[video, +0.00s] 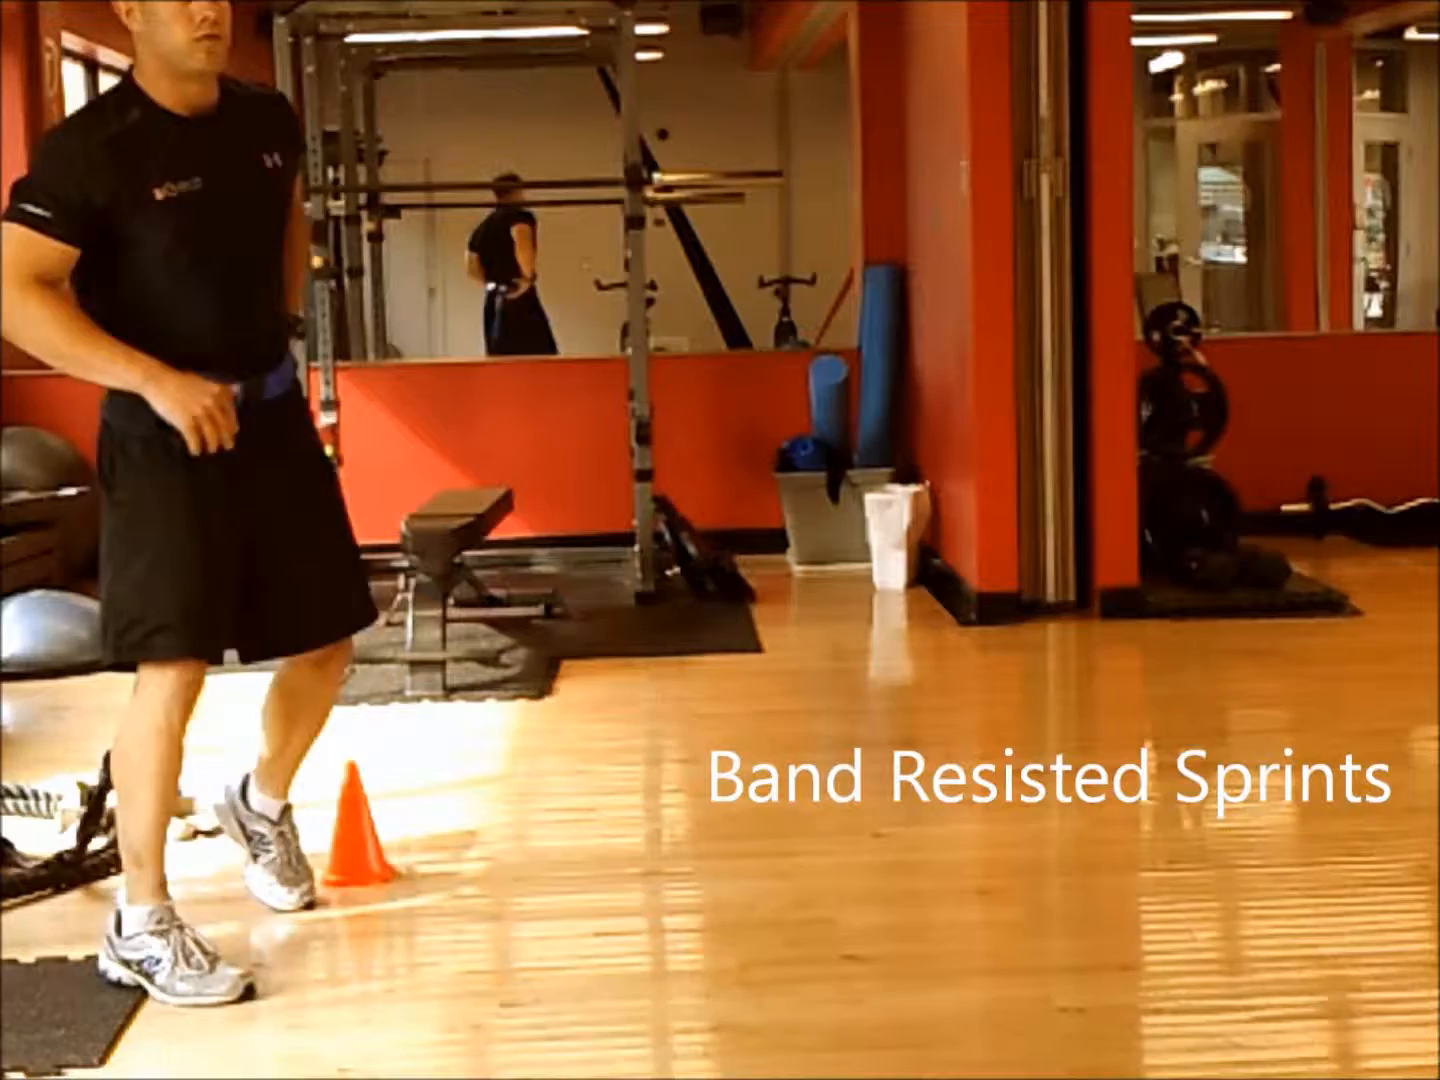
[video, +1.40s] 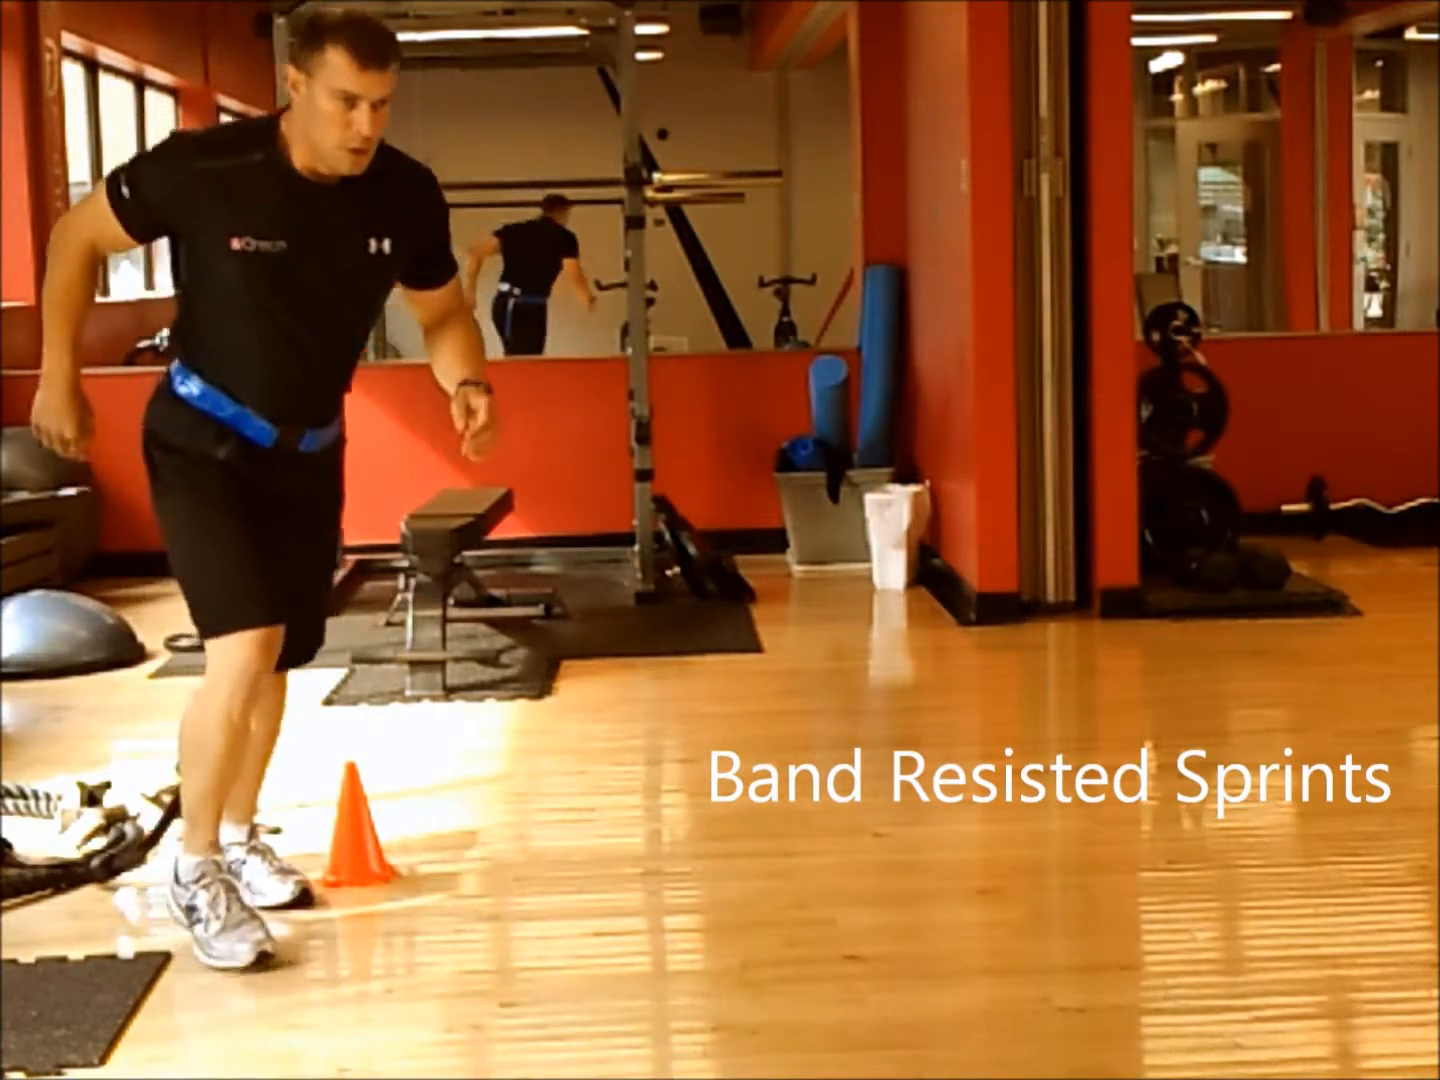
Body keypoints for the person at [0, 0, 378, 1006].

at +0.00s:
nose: (214, 13)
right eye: (189, 1)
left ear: (229, 14)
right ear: (133, 17)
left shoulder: (268, 121)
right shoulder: (82, 147)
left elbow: (292, 243)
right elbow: (23, 301)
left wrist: (280, 342)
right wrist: (156, 379)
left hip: (272, 415)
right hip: (160, 431)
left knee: (327, 634)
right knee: (173, 664)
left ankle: (263, 799)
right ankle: (142, 916)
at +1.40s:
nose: (368, 125)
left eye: (381, 104)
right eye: (348, 103)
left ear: (391, 99)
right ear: (294, 86)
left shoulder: (405, 194)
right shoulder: (201, 167)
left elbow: (445, 314)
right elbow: (75, 237)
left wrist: (466, 381)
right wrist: (57, 377)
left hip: (305, 458)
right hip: (202, 443)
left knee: (271, 662)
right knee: (244, 645)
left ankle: (235, 835)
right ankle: (190, 867)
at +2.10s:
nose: (836, 72)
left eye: (852, 45)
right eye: (810, 40)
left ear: (863, 38)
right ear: (732, 19)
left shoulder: (834, 130)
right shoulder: (603, 91)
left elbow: (835, 301)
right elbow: (398, 134)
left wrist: (919, 296)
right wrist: (363, 324)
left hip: (658, 447)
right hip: (542, 434)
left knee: (632, 711)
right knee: (629, 707)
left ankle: (534, 950)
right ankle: (470, 927)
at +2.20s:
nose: (903, 49)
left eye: (918, 23)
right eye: (876, 19)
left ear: (932, 22)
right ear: (794, 9)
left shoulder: (903, 108)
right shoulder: (644, 75)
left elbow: (924, 272)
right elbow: (461, 148)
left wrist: (972, 307)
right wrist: (486, 362)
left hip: (743, 459)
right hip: (616, 443)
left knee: (715, 728)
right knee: (669, 765)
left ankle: (532, 848)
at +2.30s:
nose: (955, 71)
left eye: (973, 42)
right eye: (932, 35)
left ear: (987, 38)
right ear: (847, 15)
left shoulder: (946, 138)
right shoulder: (710, 118)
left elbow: (909, 313)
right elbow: (591, 322)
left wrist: (918, 459)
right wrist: (789, 378)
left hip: (821, 492)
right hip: (681, 486)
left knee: (859, 815)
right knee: (708, 816)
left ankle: (642, 750)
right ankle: (635, 1069)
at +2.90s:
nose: (1228, 56)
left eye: (1240, 25)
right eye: (1207, 16)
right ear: (1104, 2)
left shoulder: (1173, 114)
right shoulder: (960, 87)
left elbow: (1072, 289)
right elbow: (863, 330)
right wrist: (1123, 314)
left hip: (1020, 508)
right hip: (863, 515)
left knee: (1237, 768)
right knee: (822, 875)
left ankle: (960, 752)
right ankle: (725, 1072)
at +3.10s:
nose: (1287, 19)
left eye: (1304, 2)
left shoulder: (1259, 86)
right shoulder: (980, 31)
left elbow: (1190, 252)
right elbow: (792, 194)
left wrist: (1194, 431)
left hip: (1040, 441)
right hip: (893, 430)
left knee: (1071, 801)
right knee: (947, 824)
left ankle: (868, 989)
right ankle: (704, 982)